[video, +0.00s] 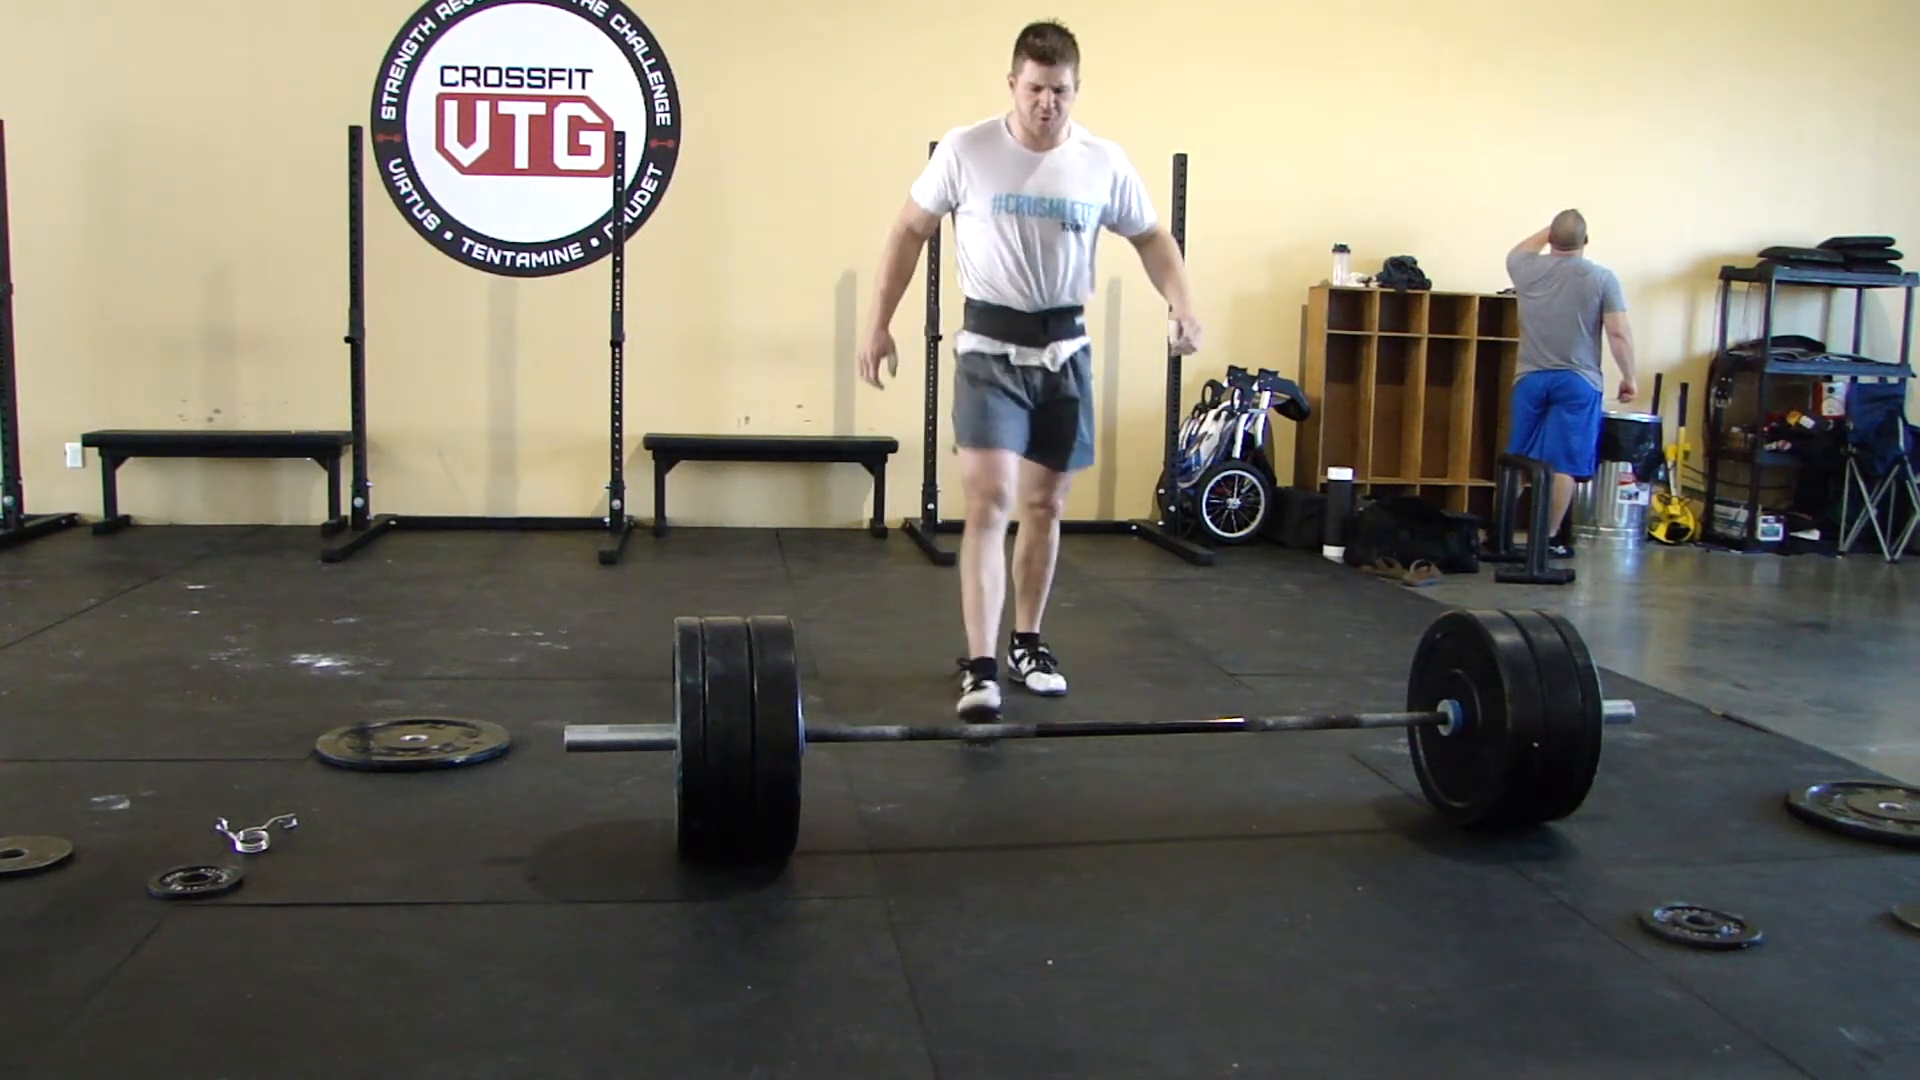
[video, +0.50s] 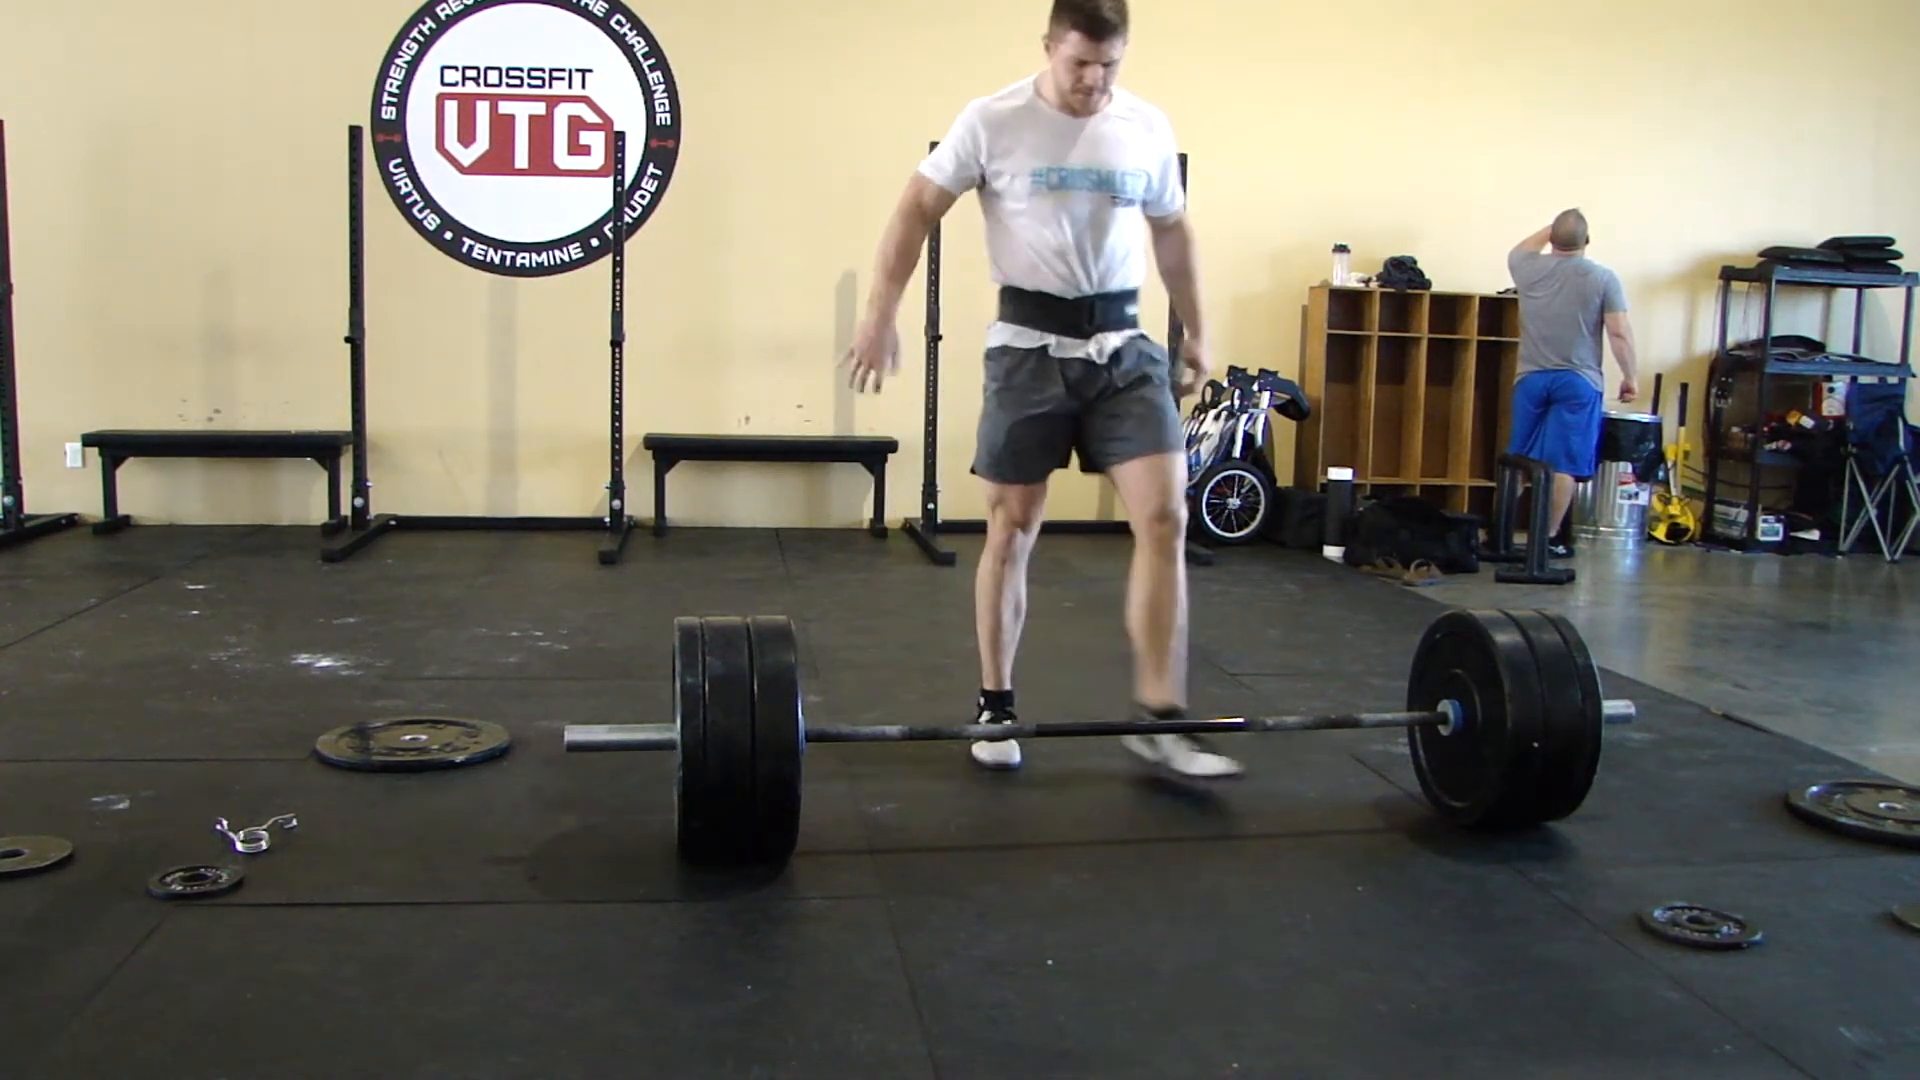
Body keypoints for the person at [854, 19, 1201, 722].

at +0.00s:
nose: (1046, 101)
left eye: (1059, 88)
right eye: (1035, 87)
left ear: (1076, 89)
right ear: (1011, 84)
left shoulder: (1104, 163)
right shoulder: (965, 151)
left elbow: (1151, 238)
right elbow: (911, 231)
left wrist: (1182, 303)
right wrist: (879, 325)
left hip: (1064, 356)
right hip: (989, 351)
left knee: (1044, 507)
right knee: (989, 499)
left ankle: (1027, 642)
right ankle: (981, 668)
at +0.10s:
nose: (1047, 107)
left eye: (1061, 95)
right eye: (1036, 93)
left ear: (1078, 94)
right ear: (1013, 87)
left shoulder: (1105, 165)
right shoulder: (964, 159)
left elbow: (1150, 247)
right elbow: (910, 245)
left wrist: (1186, 316)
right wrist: (875, 340)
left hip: (1074, 365)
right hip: (996, 361)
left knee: (1055, 517)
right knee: (999, 510)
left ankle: (1028, 639)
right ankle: (989, 690)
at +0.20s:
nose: (1050, 102)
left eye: (1063, 89)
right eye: (1038, 87)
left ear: (1079, 87)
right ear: (1011, 80)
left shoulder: (1106, 159)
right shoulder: (963, 157)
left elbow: (1149, 252)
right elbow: (910, 248)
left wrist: (1182, 342)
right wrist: (877, 349)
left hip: (1081, 364)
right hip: (998, 361)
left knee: (1096, 529)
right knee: (999, 506)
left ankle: (1038, 614)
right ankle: (992, 697)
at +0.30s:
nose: (1057, 89)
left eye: (1070, 74)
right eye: (1044, 73)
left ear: (1088, 70)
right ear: (1017, 63)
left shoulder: (1117, 146)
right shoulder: (968, 140)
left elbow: (1150, 242)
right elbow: (910, 232)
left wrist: (1176, 339)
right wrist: (891, 335)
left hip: (1091, 354)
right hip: (1003, 354)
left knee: (1131, 522)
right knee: (1001, 506)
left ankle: (1055, 605)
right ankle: (994, 701)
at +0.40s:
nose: (1077, 79)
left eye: (1089, 65)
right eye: (1064, 64)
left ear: (1105, 56)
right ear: (1031, 49)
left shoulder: (1129, 130)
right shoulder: (977, 125)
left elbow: (1157, 228)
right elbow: (917, 214)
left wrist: (1180, 328)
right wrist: (882, 303)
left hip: (1105, 346)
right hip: (1013, 347)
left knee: (1157, 509)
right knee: (1010, 517)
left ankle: (1093, 650)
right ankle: (995, 699)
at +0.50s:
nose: (1095, 81)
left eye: (1108, 66)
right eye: (1082, 65)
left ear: (1123, 55)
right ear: (1048, 47)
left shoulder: (1146, 130)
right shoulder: (991, 124)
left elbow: (1171, 230)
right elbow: (917, 211)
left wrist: (1192, 329)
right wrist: (880, 316)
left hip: (1123, 351)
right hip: (1027, 351)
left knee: (1165, 518)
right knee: (1015, 523)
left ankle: (1160, 718)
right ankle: (996, 706)